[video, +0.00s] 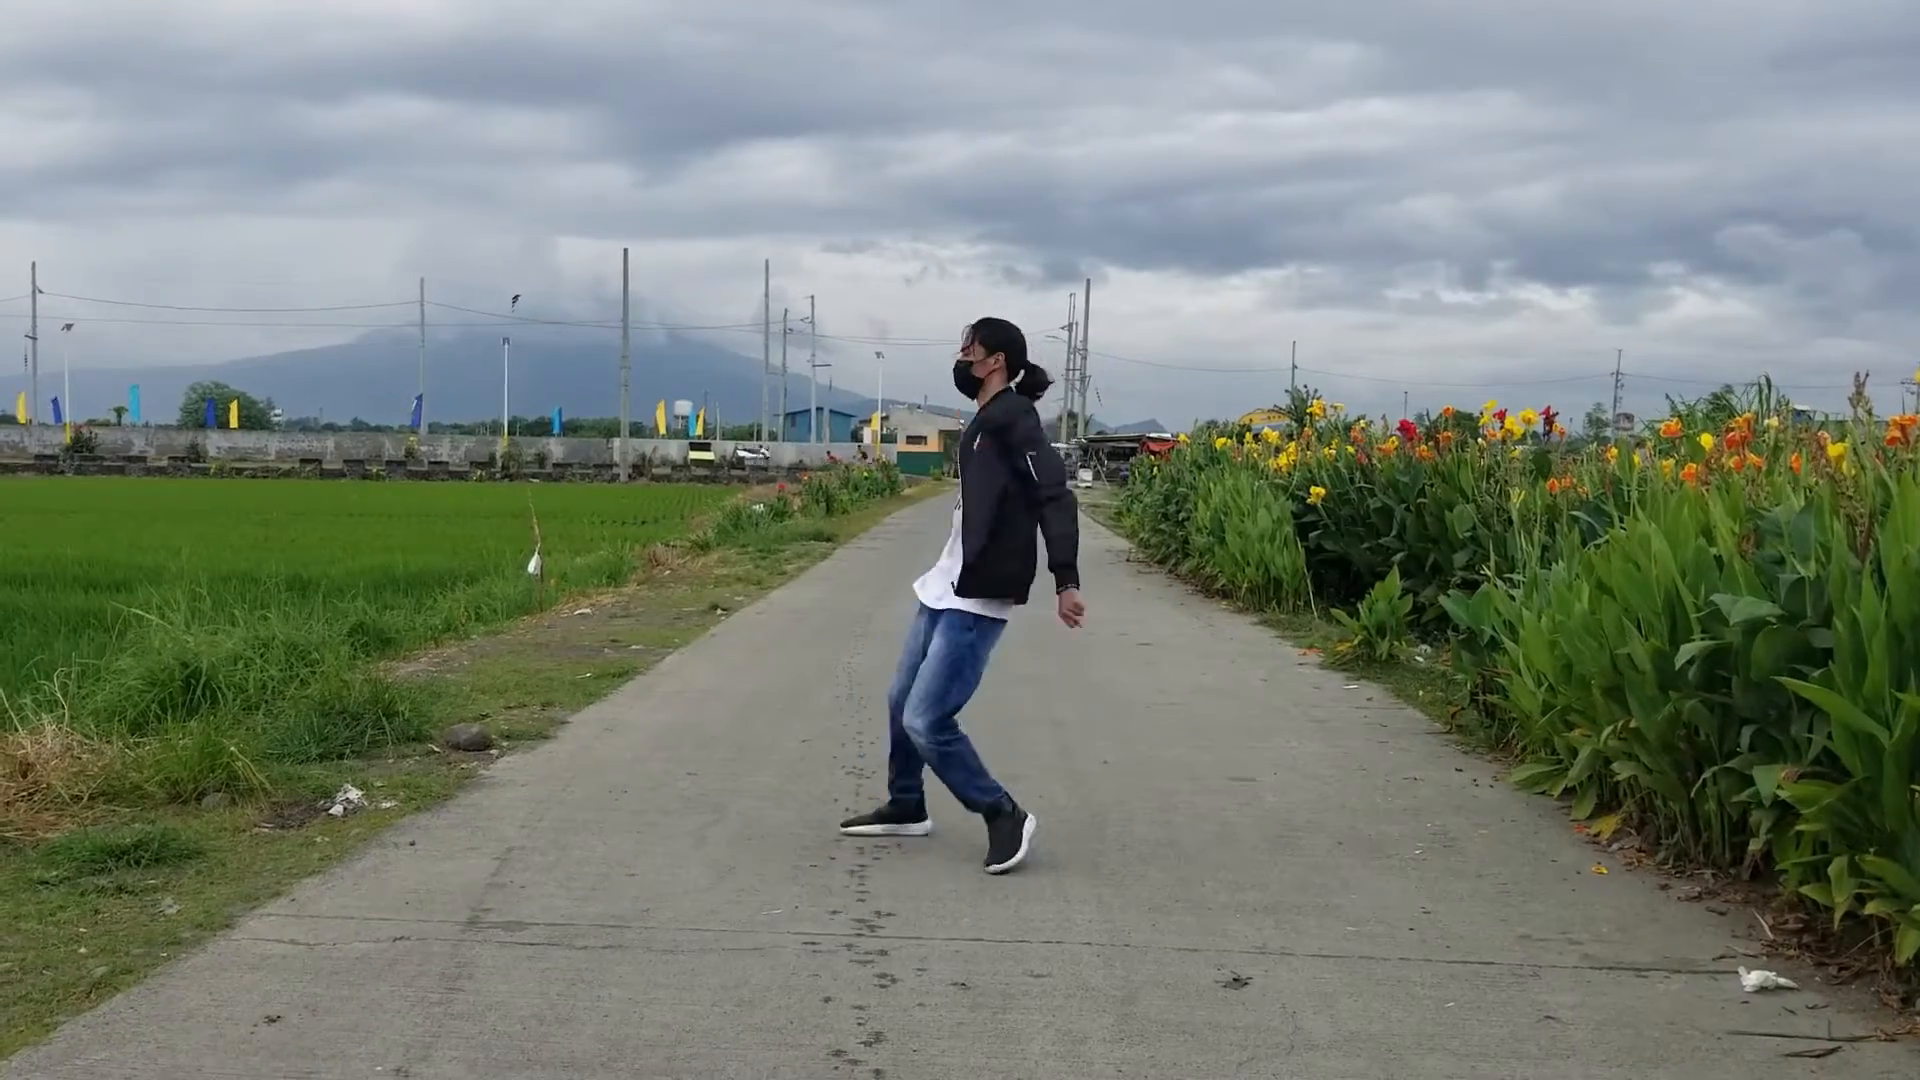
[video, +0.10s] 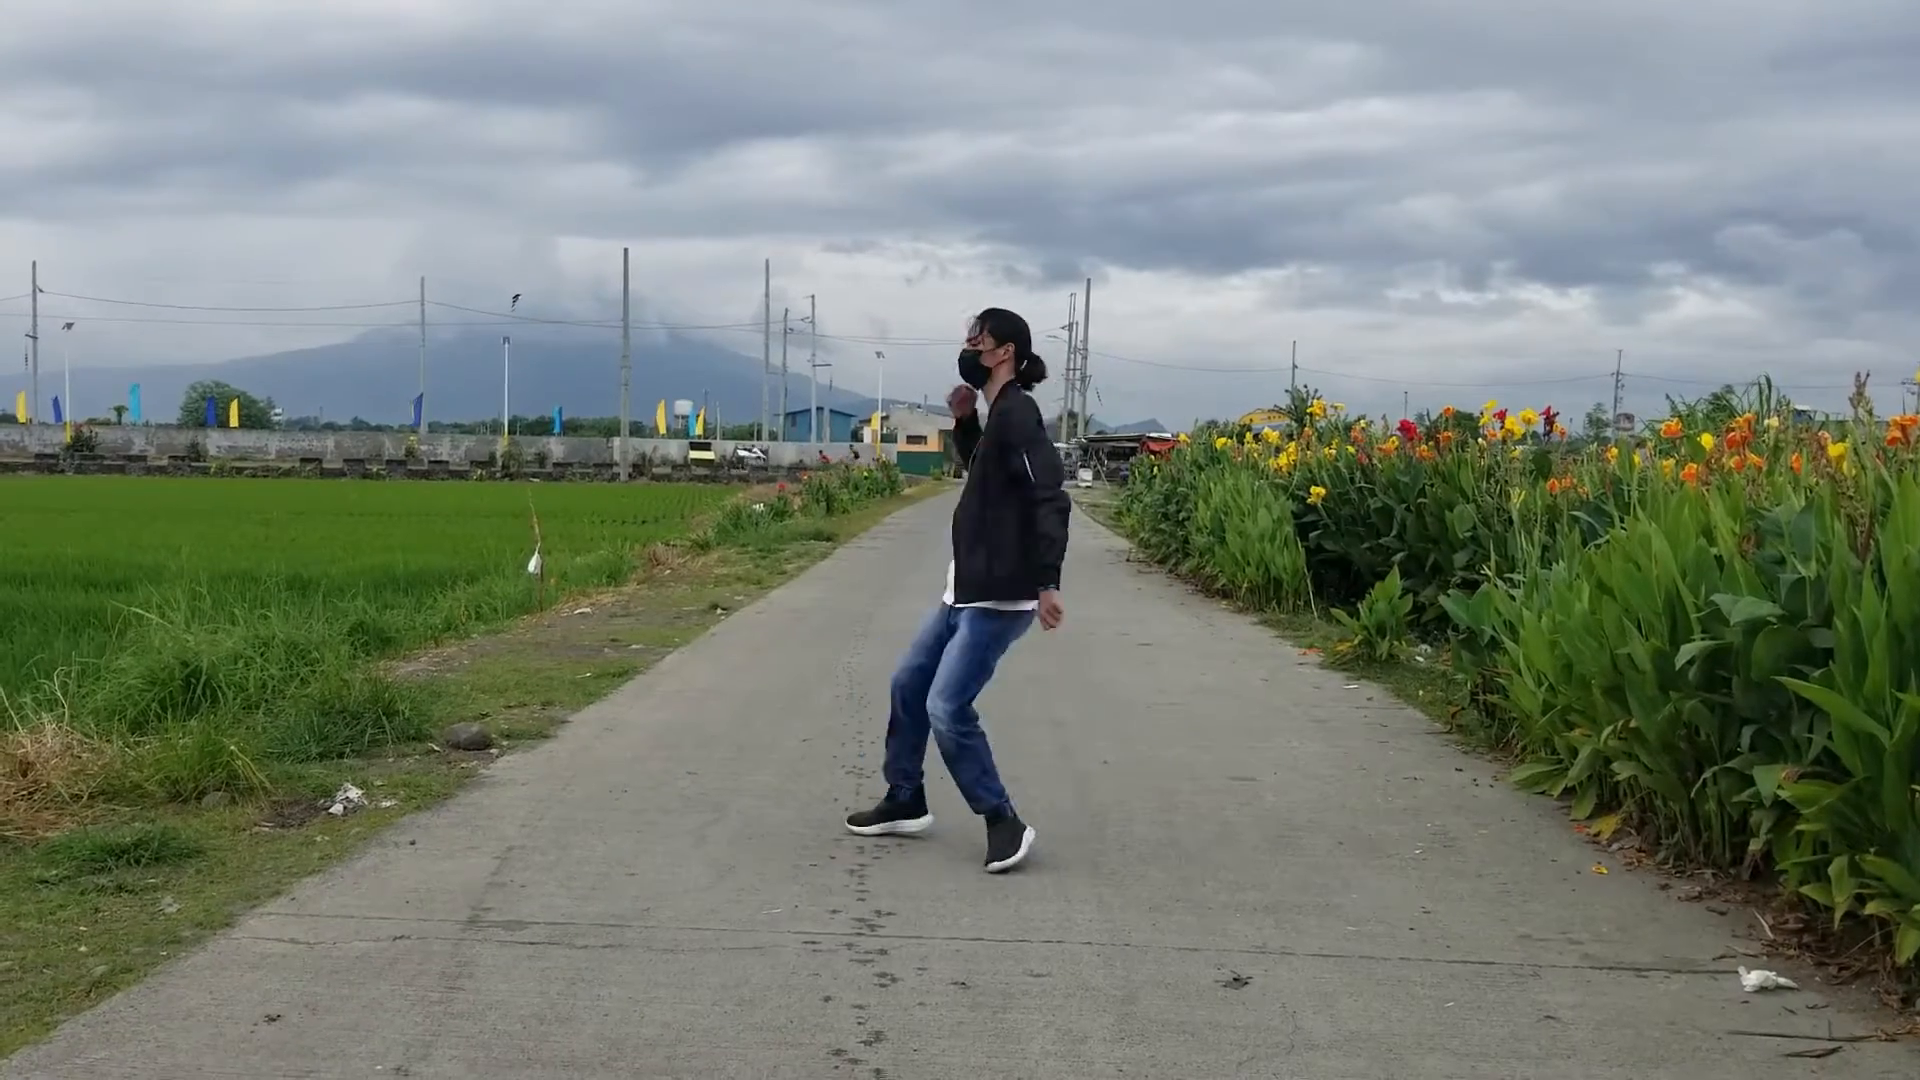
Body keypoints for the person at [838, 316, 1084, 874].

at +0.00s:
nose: (960, 356)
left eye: (969, 348)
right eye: (963, 348)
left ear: (997, 360)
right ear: (994, 361)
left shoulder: (1017, 418)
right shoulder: (984, 418)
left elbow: (1055, 496)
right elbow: (995, 501)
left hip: (982, 596)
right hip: (944, 584)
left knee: (926, 721)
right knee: (901, 701)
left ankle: (1003, 816)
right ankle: (905, 807)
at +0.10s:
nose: (969, 344)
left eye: (979, 337)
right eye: (971, 336)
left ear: (1008, 350)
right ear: (998, 351)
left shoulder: (1020, 410)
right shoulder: (994, 409)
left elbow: (1050, 496)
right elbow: (978, 470)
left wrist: (1048, 585)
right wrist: (964, 422)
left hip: (1004, 596)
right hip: (967, 589)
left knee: (946, 705)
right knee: (908, 683)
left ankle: (1002, 822)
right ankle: (905, 801)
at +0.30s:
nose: (1010, 353)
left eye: (1021, 345)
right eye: (1006, 345)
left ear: (1050, 355)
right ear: (1001, 353)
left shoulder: (1074, 409)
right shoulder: (985, 405)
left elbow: (1034, 458)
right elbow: (966, 491)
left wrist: (960, 419)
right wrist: (1012, 551)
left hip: (1065, 577)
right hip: (1009, 578)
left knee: (1054, 694)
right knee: (987, 703)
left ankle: (1107, 798)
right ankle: (1048, 808)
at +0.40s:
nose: (1018, 357)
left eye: (1028, 349)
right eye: (1015, 349)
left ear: (1059, 355)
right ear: (1015, 355)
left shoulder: (1089, 407)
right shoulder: (997, 423)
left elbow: (1060, 463)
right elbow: (1001, 513)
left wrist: (1005, 409)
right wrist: (1026, 595)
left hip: (1082, 598)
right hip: (1017, 599)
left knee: (1131, 720)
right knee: (990, 707)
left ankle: (1182, 810)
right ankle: (1046, 804)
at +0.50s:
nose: (1014, 361)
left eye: (1023, 352)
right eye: (1012, 353)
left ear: (1056, 356)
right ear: (1021, 361)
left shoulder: (1101, 412)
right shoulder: (1001, 430)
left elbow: (1130, 479)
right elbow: (965, 507)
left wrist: (1047, 475)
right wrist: (988, 538)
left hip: (1100, 603)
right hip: (1029, 600)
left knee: (1141, 712)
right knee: (977, 690)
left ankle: (1181, 810)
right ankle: (1013, 787)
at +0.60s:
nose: (999, 365)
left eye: (1008, 355)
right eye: (996, 357)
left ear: (1041, 357)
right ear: (1003, 362)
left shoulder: (1096, 416)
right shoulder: (988, 431)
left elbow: (1159, 474)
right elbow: (921, 468)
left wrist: (1148, 528)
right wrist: (940, 424)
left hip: (1099, 604)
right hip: (1026, 603)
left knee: (1139, 713)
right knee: (967, 692)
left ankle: (1180, 811)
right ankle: (980, 812)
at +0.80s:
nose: (1012, 342)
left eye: (1021, 334)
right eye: (998, 335)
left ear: (1034, 347)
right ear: (981, 352)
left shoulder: (1065, 411)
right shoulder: (961, 414)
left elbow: (1114, 489)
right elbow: (928, 470)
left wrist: (1117, 471)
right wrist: (947, 387)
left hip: (1075, 586)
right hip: (1002, 591)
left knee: (1136, 672)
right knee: (972, 700)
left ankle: (1168, 782)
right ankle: (983, 813)